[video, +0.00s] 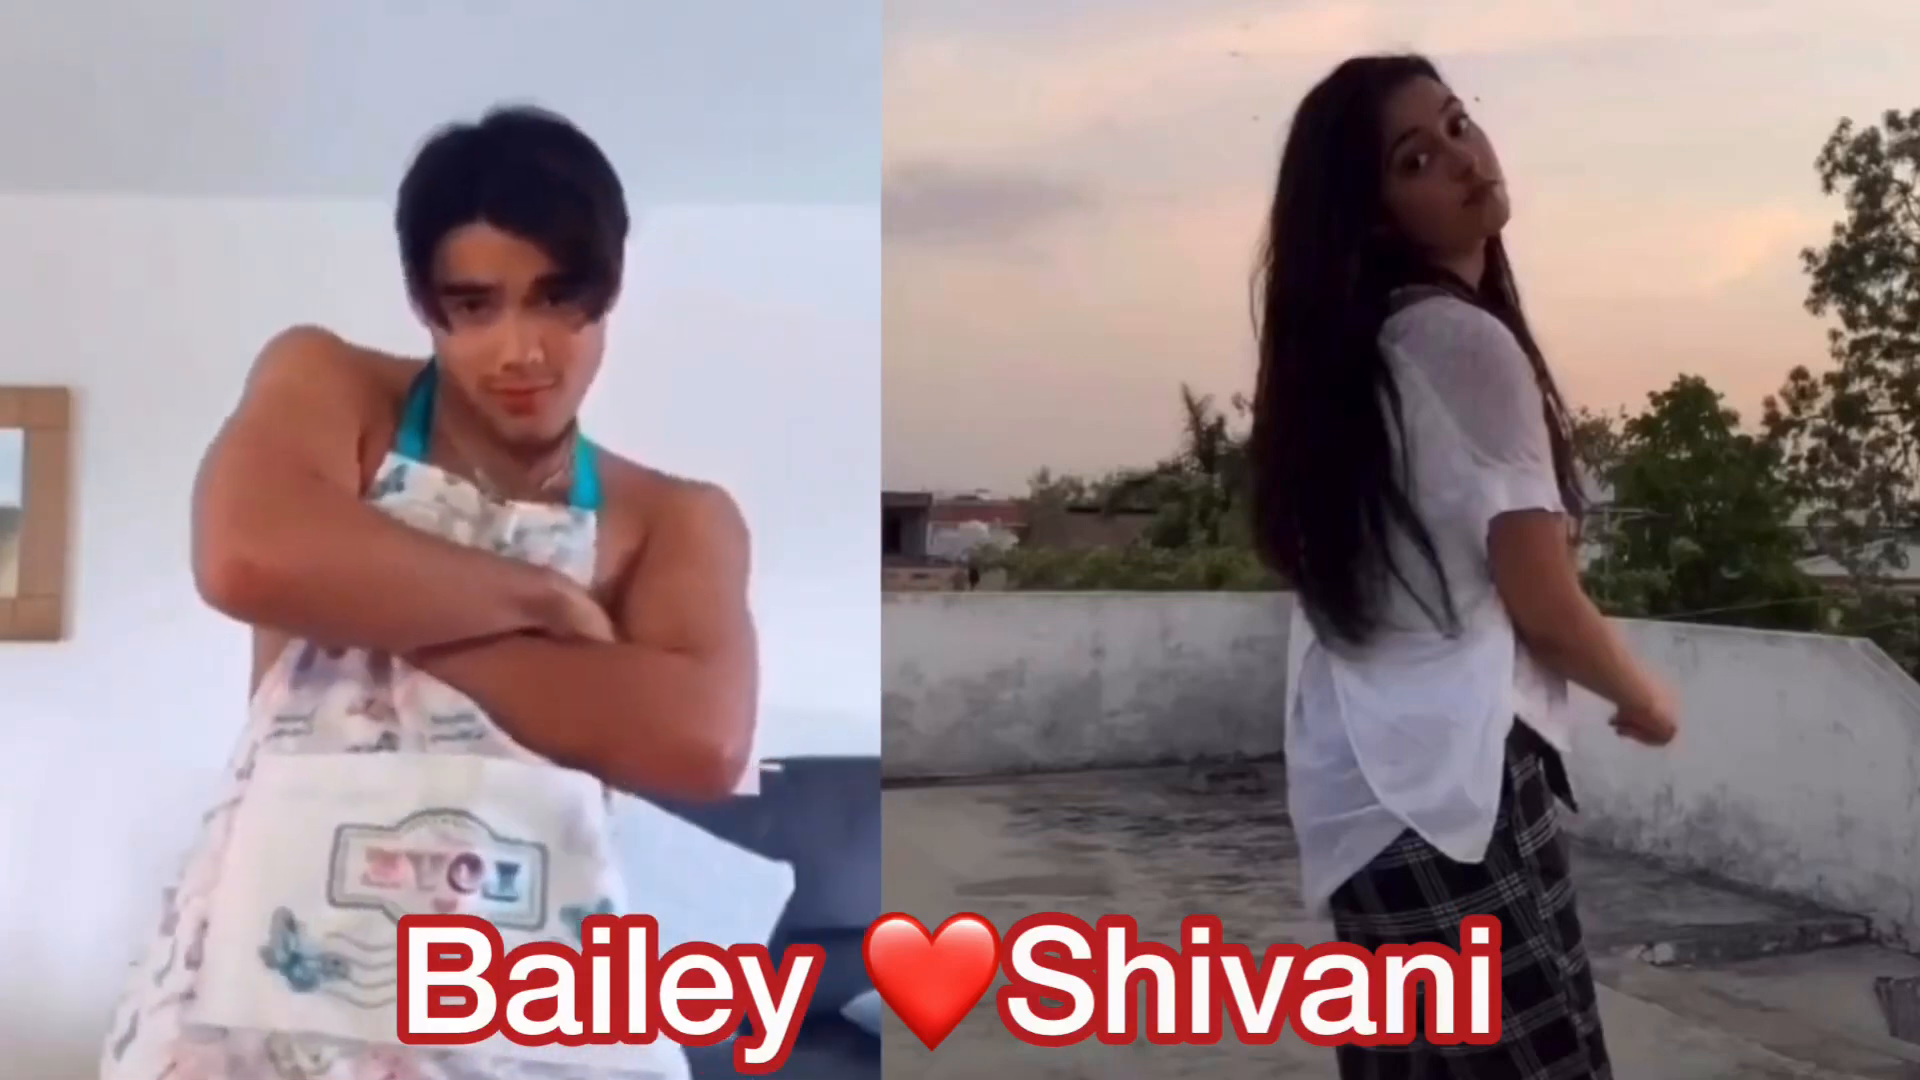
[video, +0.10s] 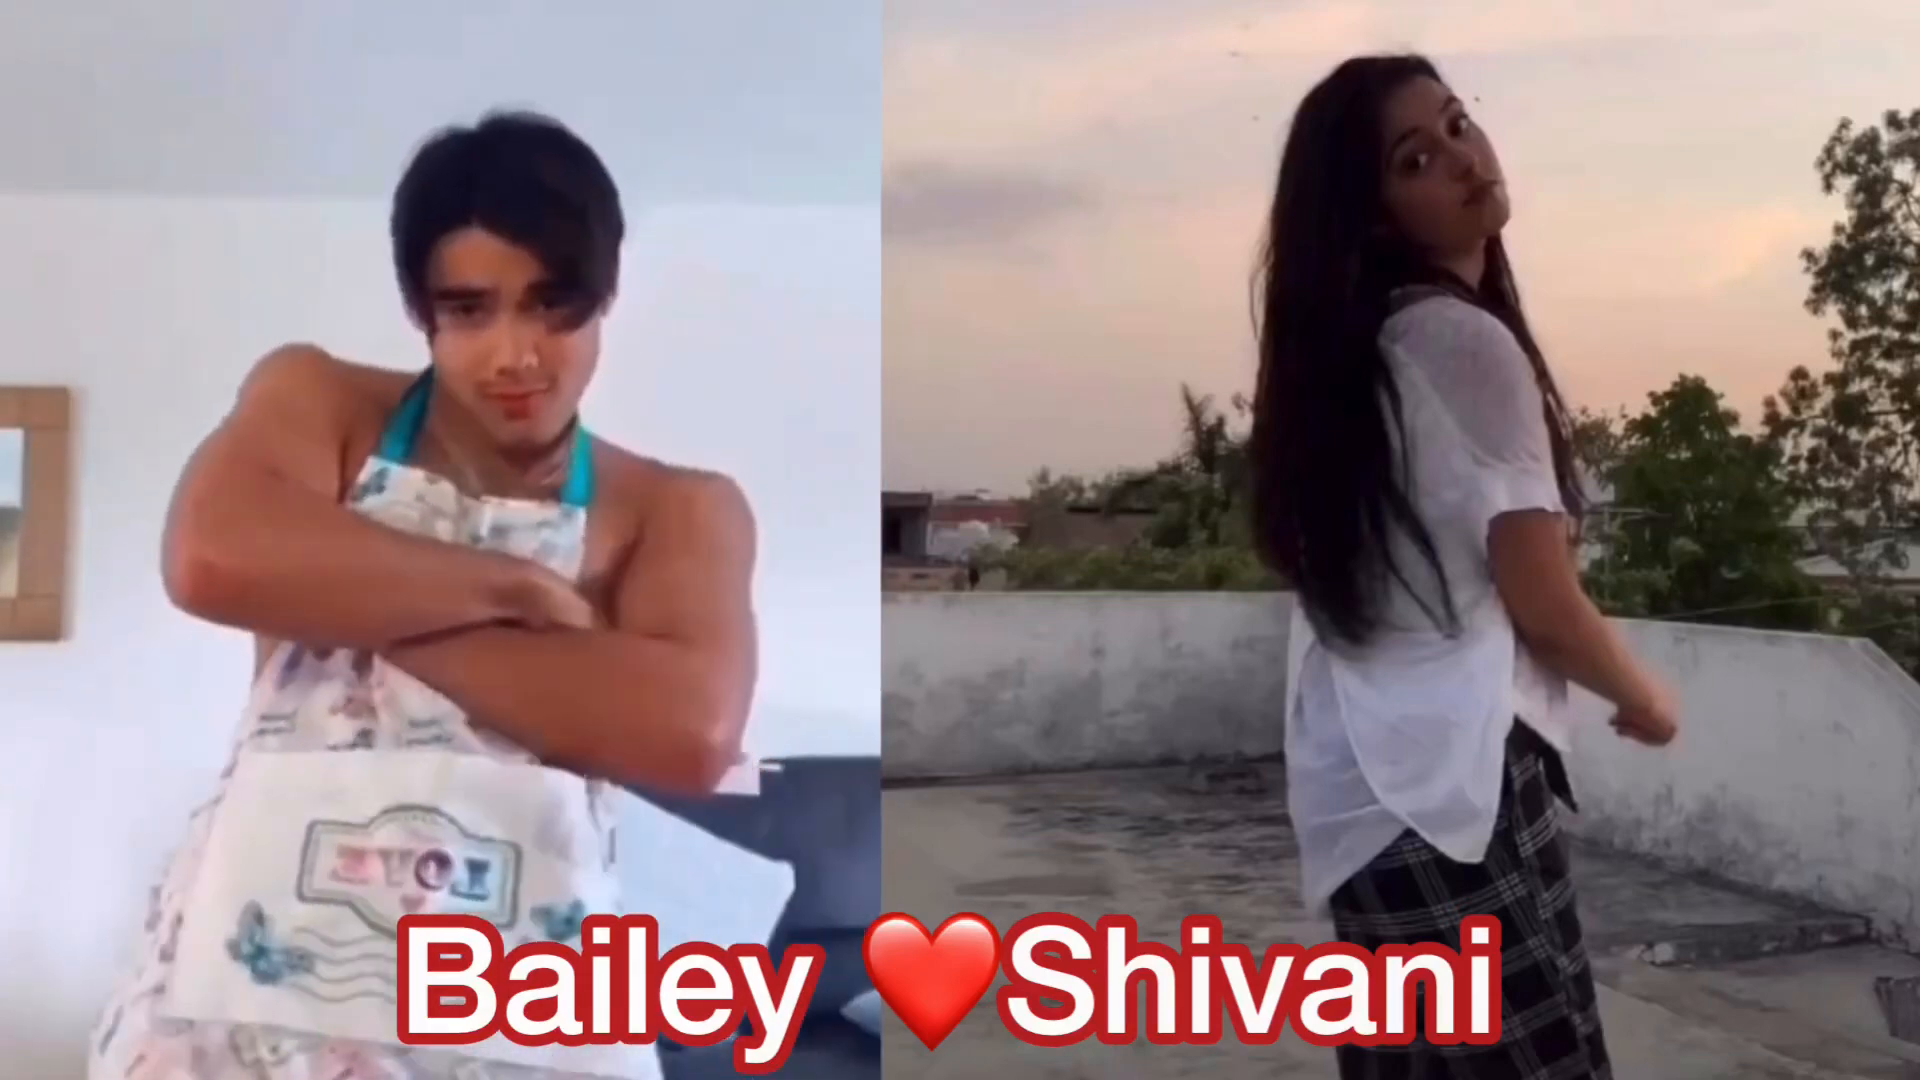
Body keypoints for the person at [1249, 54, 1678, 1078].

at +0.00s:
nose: (1467, 158)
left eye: (1459, 125)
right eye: (1418, 158)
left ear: (1480, 128)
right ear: (1370, 210)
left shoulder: (1352, 333)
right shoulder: (1464, 339)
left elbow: (1393, 566)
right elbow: (1545, 603)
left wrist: (1546, 665)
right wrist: (1642, 697)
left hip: (1362, 783)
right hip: (1451, 789)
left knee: (1397, 1056)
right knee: (1544, 1055)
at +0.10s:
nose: (1467, 158)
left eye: (1460, 125)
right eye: (1418, 158)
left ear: (1479, 128)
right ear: (1371, 210)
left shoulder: (1354, 332)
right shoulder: (1464, 339)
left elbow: (1395, 566)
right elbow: (1545, 603)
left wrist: (1547, 666)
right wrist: (1643, 697)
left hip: (1363, 784)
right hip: (1451, 790)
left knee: (1397, 1056)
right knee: (1544, 1055)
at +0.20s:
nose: (1467, 158)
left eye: (1459, 125)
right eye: (1418, 158)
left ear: (1480, 128)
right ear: (1370, 210)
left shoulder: (1352, 333)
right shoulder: (1464, 339)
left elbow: (1393, 566)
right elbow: (1545, 603)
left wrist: (1546, 665)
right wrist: (1642, 697)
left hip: (1362, 783)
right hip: (1451, 789)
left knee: (1397, 1056)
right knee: (1544, 1055)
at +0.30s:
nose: (1467, 158)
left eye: (1459, 125)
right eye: (1418, 158)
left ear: (1480, 128)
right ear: (1371, 210)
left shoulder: (1352, 333)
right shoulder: (1464, 339)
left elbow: (1392, 565)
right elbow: (1544, 602)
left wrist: (1545, 666)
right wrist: (1643, 697)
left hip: (1361, 783)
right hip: (1451, 789)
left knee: (1396, 1056)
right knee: (1544, 1055)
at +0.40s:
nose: (1467, 158)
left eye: (1459, 125)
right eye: (1418, 158)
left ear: (1480, 128)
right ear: (1371, 210)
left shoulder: (1352, 333)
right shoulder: (1464, 339)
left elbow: (1392, 565)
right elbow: (1544, 602)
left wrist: (1545, 666)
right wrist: (1643, 697)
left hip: (1361, 783)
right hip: (1451, 789)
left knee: (1396, 1056)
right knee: (1544, 1055)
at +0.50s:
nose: (1467, 158)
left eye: (1459, 125)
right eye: (1418, 158)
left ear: (1480, 128)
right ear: (1370, 210)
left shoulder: (1352, 333)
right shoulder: (1464, 339)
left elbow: (1393, 566)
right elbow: (1545, 603)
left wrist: (1546, 665)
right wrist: (1642, 697)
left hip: (1362, 783)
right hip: (1451, 789)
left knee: (1397, 1056)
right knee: (1544, 1055)